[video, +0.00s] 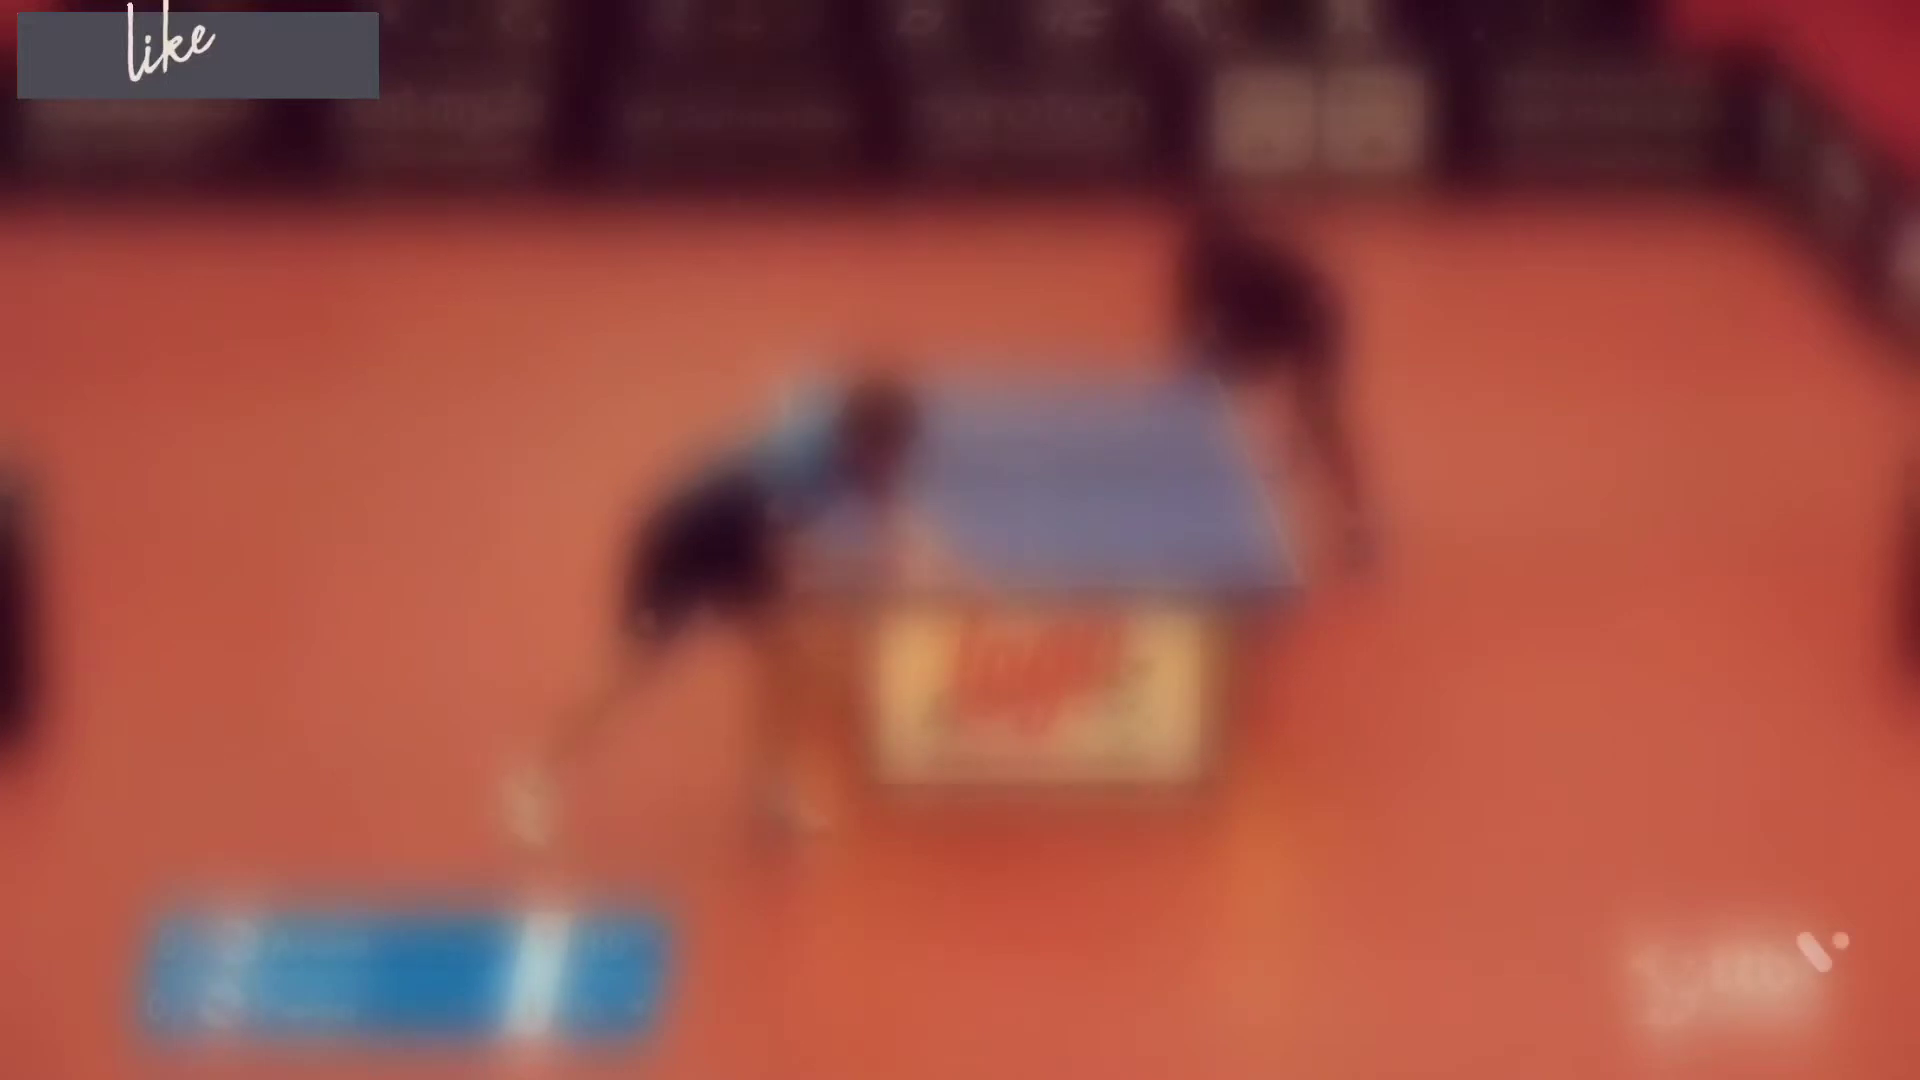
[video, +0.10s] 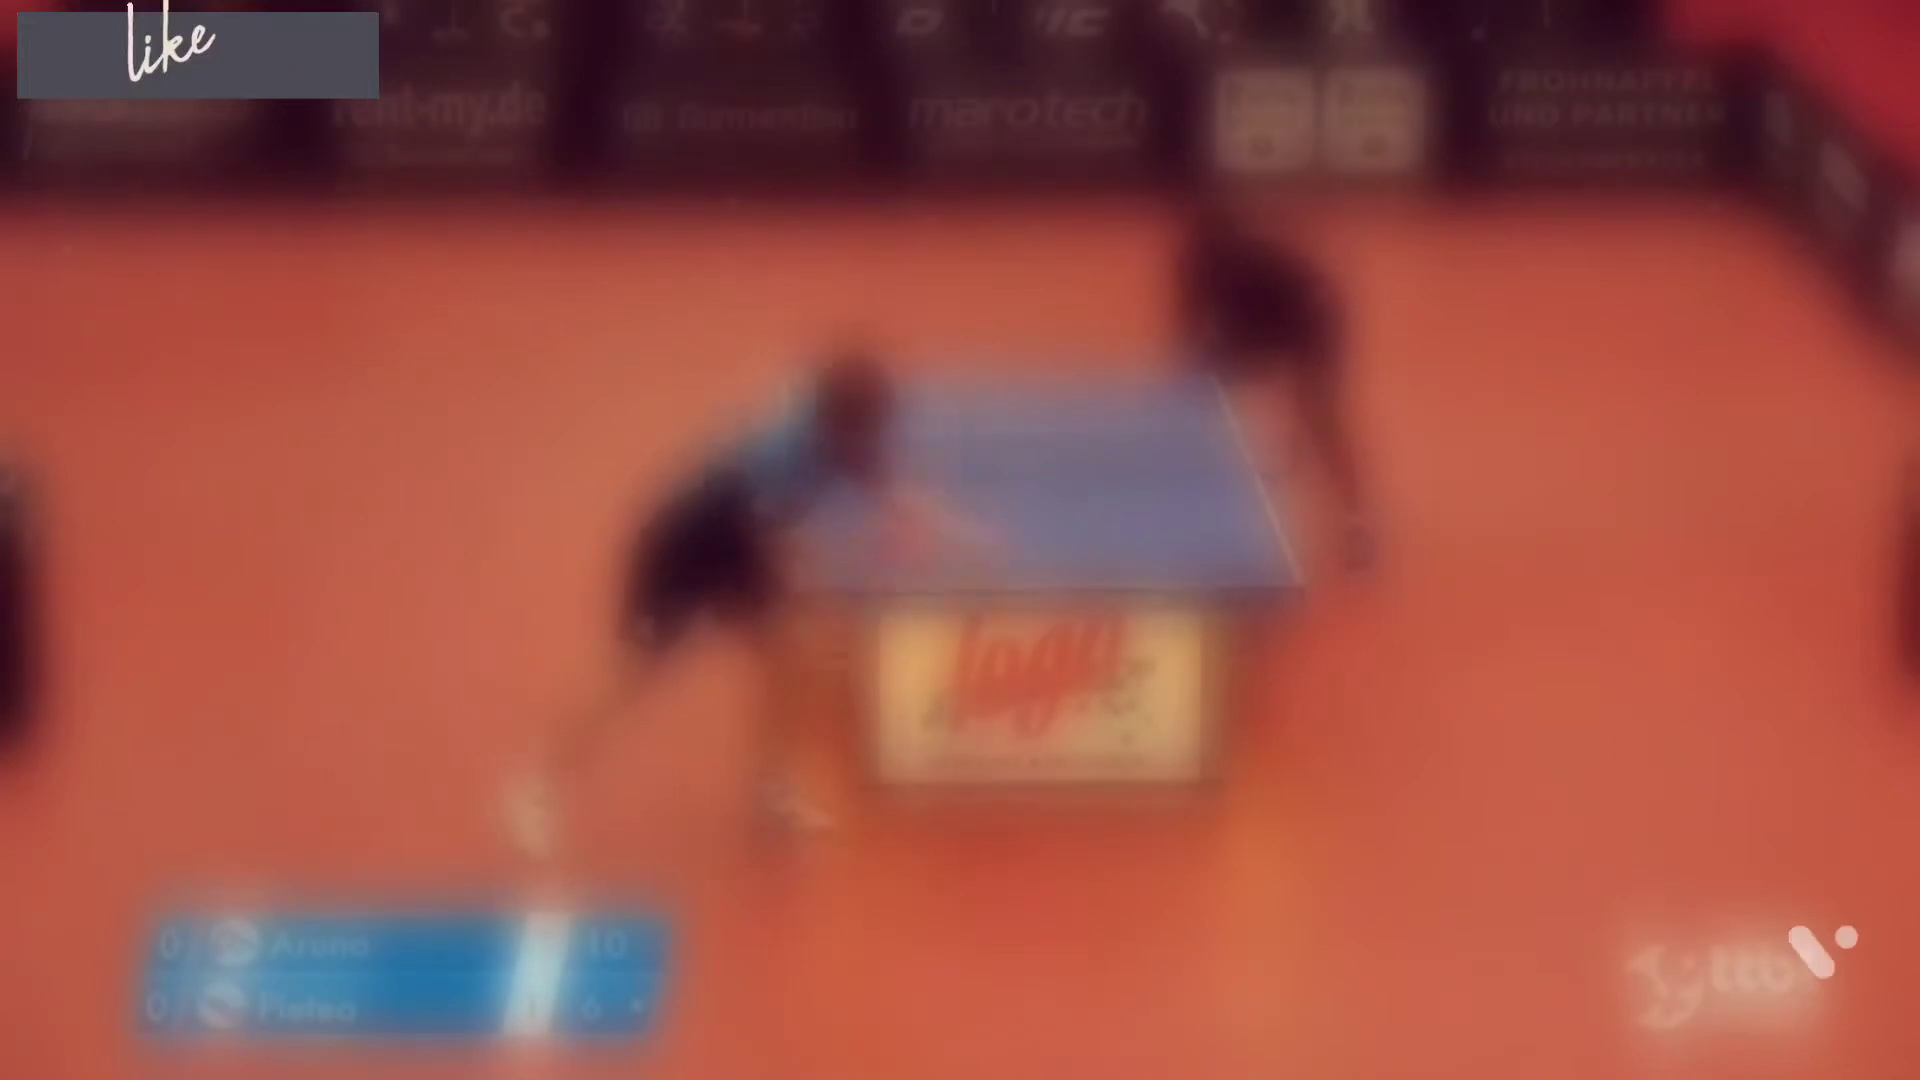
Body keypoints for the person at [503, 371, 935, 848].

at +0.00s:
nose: (884, 454)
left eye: (892, 440)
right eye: (877, 437)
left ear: (899, 436)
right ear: (853, 424)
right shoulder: (801, 458)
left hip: (743, 552)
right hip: (685, 546)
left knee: (782, 665)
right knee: (635, 670)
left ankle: (777, 795)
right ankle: (544, 773)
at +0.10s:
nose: (866, 431)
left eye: (872, 417)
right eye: (857, 416)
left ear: (877, 415)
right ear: (831, 407)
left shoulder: (845, 448)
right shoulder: (790, 450)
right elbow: (757, 523)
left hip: (740, 548)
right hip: (685, 544)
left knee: (785, 661)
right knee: (639, 674)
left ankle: (776, 788)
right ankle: (546, 780)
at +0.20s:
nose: (829, 410)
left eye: (830, 396)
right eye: (818, 396)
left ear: (826, 396)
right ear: (790, 394)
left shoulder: (798, 441)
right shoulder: (752, 446)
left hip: (727, 556)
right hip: (678, 554)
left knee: (788, 660)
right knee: (637, 686)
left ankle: (774, 788)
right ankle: (540, 794)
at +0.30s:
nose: (793, 405)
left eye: (797, 393)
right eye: (782, 394)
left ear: (802, 395)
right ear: (755, 393)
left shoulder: (783, 434)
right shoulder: (734, 450)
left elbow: (843, 420)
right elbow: (742, 536)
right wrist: (788, 594)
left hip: (720, 564)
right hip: (672, 565)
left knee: (790, 660)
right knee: (637, 693)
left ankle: (774, 791)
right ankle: (541, 797)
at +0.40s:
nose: (768, 401)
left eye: (765, 390)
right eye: (756, 393)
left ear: (762, 392)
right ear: (728, 398)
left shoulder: (762, 419)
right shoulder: (702, 459)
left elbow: (831, 400)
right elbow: (697, 546)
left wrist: (914, 387)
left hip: (709, 567)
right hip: (656, 574)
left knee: (782, 662)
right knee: (621, 705)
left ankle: (775, 792)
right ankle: (532, 809)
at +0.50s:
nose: (754, 397)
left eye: (752, 386)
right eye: (744, 390)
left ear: (745, 392)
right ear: (716, 397)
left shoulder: (749, 417)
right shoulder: (685, 458)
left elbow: (814, 400)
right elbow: (685, 544)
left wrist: (891, 391)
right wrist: (766, 505)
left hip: (702, 560)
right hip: (644, 569)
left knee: (771, 662)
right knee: (614, 703)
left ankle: (776, 792)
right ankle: (531, 807)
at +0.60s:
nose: (743, 397)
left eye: (740, 386)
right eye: (732, 389)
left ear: (736, 386)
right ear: (704, 396)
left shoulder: (734, 420)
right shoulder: (662, 455)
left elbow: (797, 397)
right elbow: (629, 544)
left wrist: (879, 395)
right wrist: (710, 551)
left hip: (688, 563)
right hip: (626, 570)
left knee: (755, 665)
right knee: (595, 699)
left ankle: (772, 793)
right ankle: (524, 811)